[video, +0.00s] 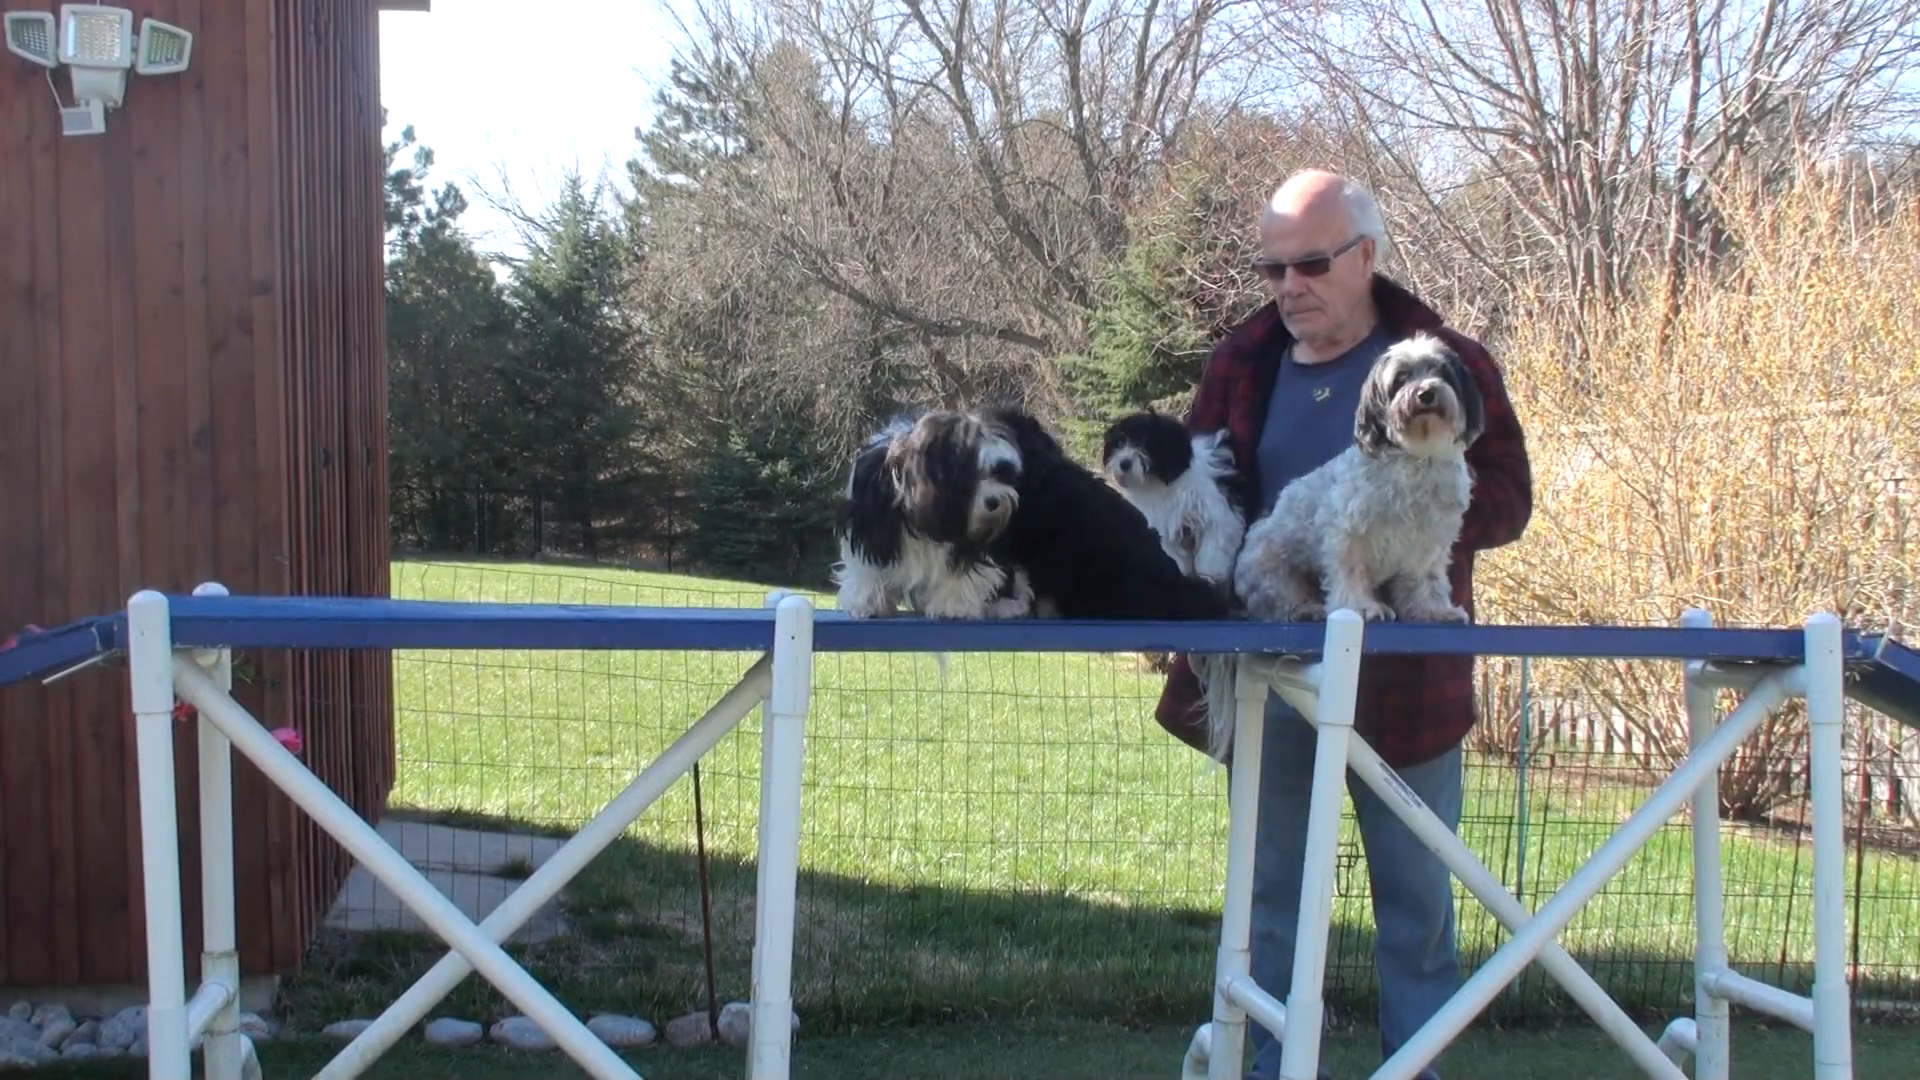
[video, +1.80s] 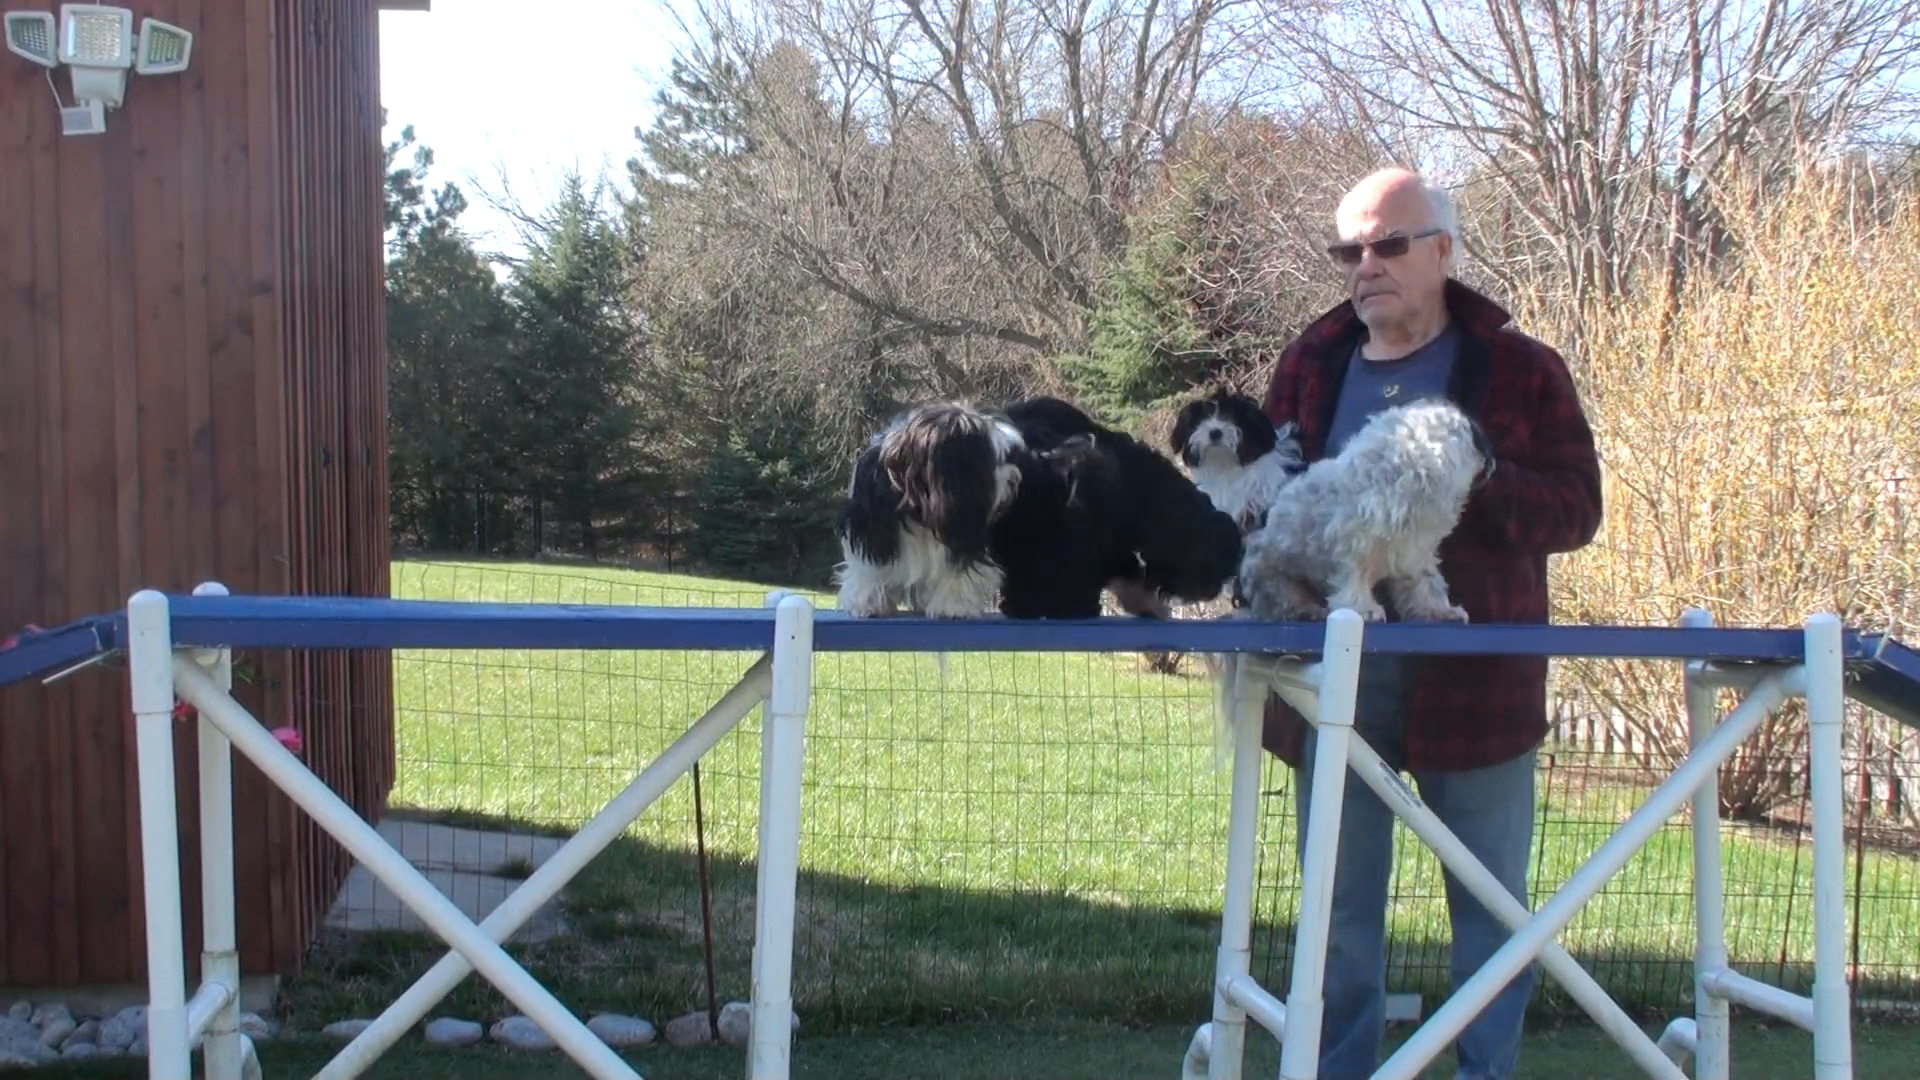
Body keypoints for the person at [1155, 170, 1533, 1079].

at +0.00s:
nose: (1292, 285)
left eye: (1314, 264)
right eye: (1276, 265)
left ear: (1367, 257)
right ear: (1261, 265)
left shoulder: (1446, 365)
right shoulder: (1235, 367)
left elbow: (1504, 496)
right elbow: (1192, 509)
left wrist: (1397, 546)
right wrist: (1195, 623)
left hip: (1407, 670)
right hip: (1271, 668)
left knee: (1415, 895)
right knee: (1271, 885)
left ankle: (1417, 1062)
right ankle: (1269, 1059)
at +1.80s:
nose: (1366, 264)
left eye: (1389, 245)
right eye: (1352, 249)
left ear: (1442, 252)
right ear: (1339, 261)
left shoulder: (1525, 372)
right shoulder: (1307, 368)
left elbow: (1574, 507)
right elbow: (1258, 498)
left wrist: (1453, 486)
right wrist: (1301, 539)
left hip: (1478, 672)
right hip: (1336, 668)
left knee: (1490, 902)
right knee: (1339, 903)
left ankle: (1487, 1063)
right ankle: (1335, 1069)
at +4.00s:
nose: (1470, 279)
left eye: (1494, 258)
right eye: (1449, 260)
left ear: (1531, 254)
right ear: (1423, 259)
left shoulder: (1586, 371)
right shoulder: (1372, 358)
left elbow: (1641, 508)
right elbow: (1280, 470)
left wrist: (1545, 501)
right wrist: (1331, 528)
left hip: (1549, 671)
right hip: (1409, 666)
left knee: (1580, 912)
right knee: (1412, 912)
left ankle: (1589, 1070)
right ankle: (1418, 1073)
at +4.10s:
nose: (1491, 277)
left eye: (1515, 257)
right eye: (1471, 259)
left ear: (1552, 258)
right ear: (1446, 261)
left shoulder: (1608, 374)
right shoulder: (1391, 358)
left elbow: (1657, 509)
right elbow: (1297, 466)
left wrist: (1546, 495)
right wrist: (1336, 517)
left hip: (1559, 667)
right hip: (1417, 664)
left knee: (1583, 910)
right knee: (1419, 914)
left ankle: (1590, 1069)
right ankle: (1419, 1073)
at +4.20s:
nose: (1514, 277)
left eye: (1538, 257)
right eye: (1495, 257)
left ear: (1576, 260)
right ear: (1469, 260)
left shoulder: (1626, 377)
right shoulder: (1408, 360)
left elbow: (1671, 510)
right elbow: (1316, 461)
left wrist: (1550, 488)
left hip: (1569, 667)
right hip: (1429, 662)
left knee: (1587, 908)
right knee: (1425, 908)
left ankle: (1591, 1067)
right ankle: (1418, 1069)